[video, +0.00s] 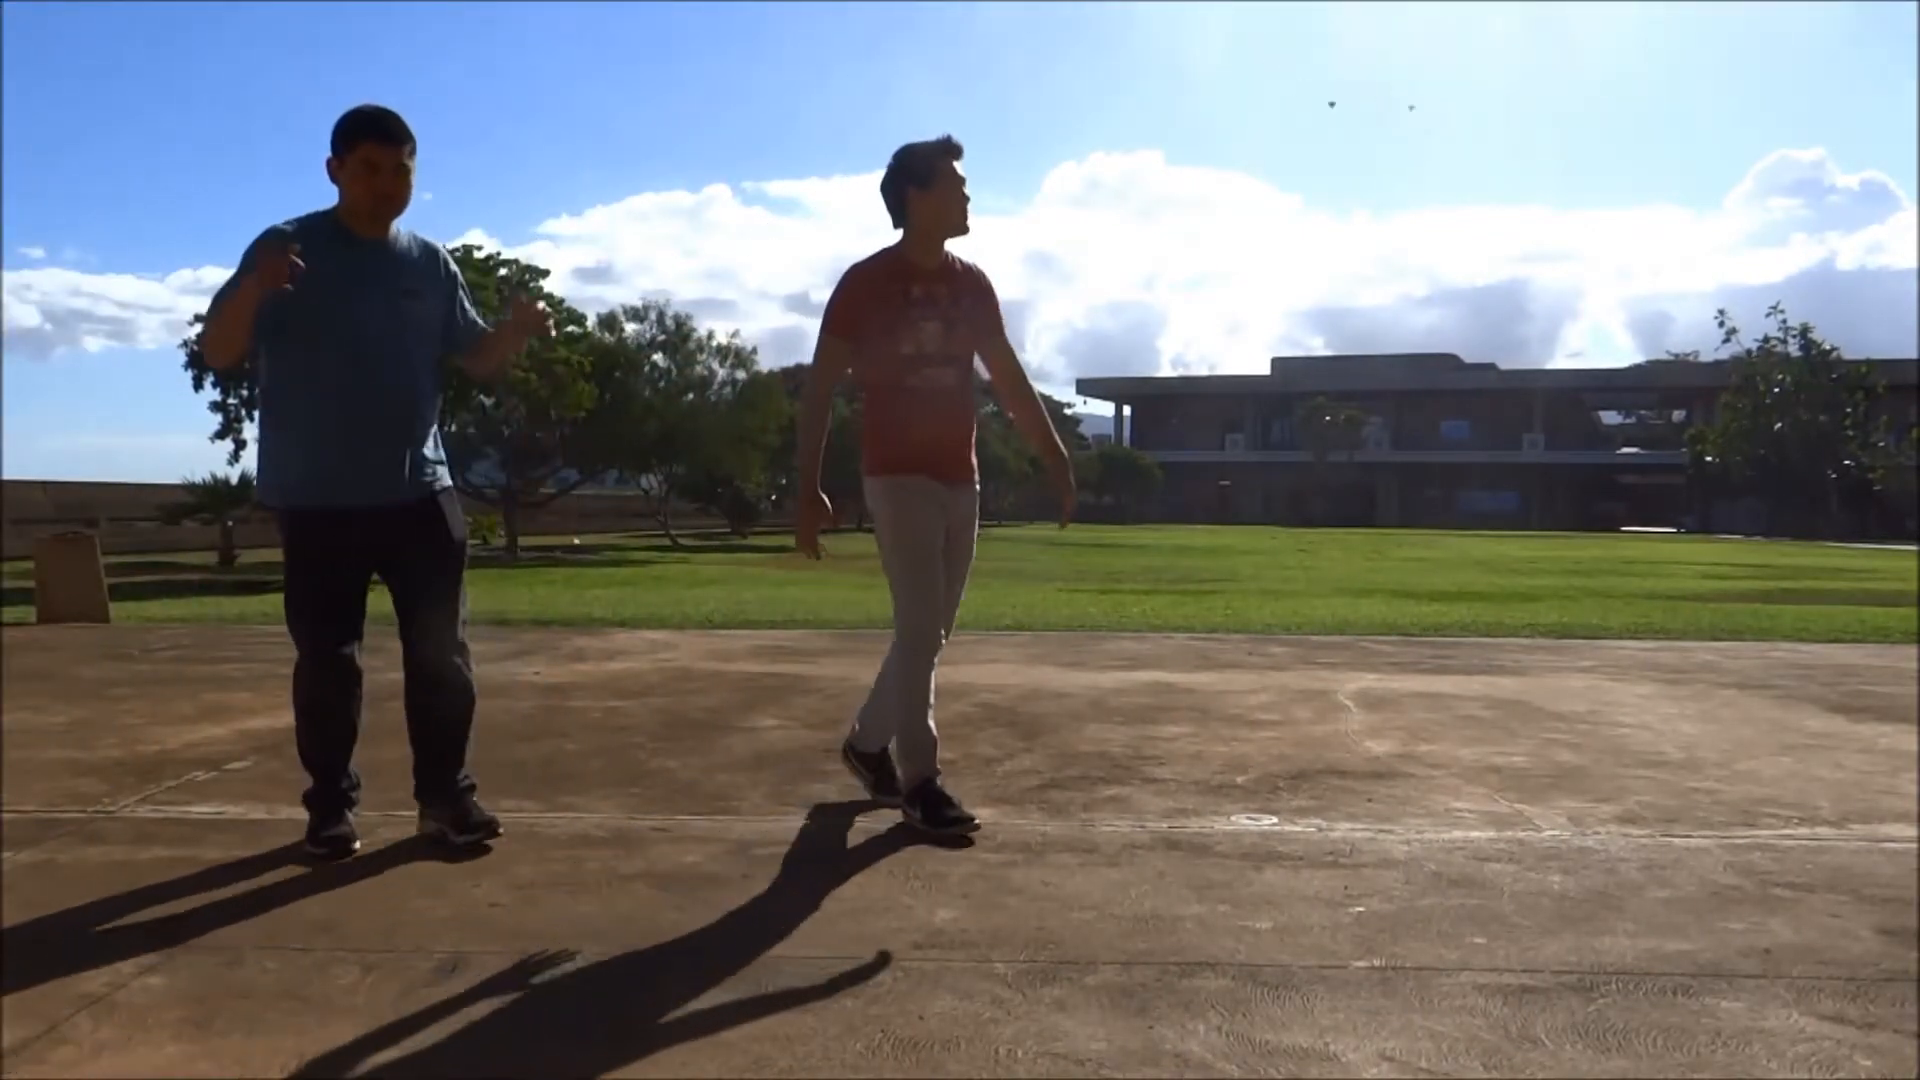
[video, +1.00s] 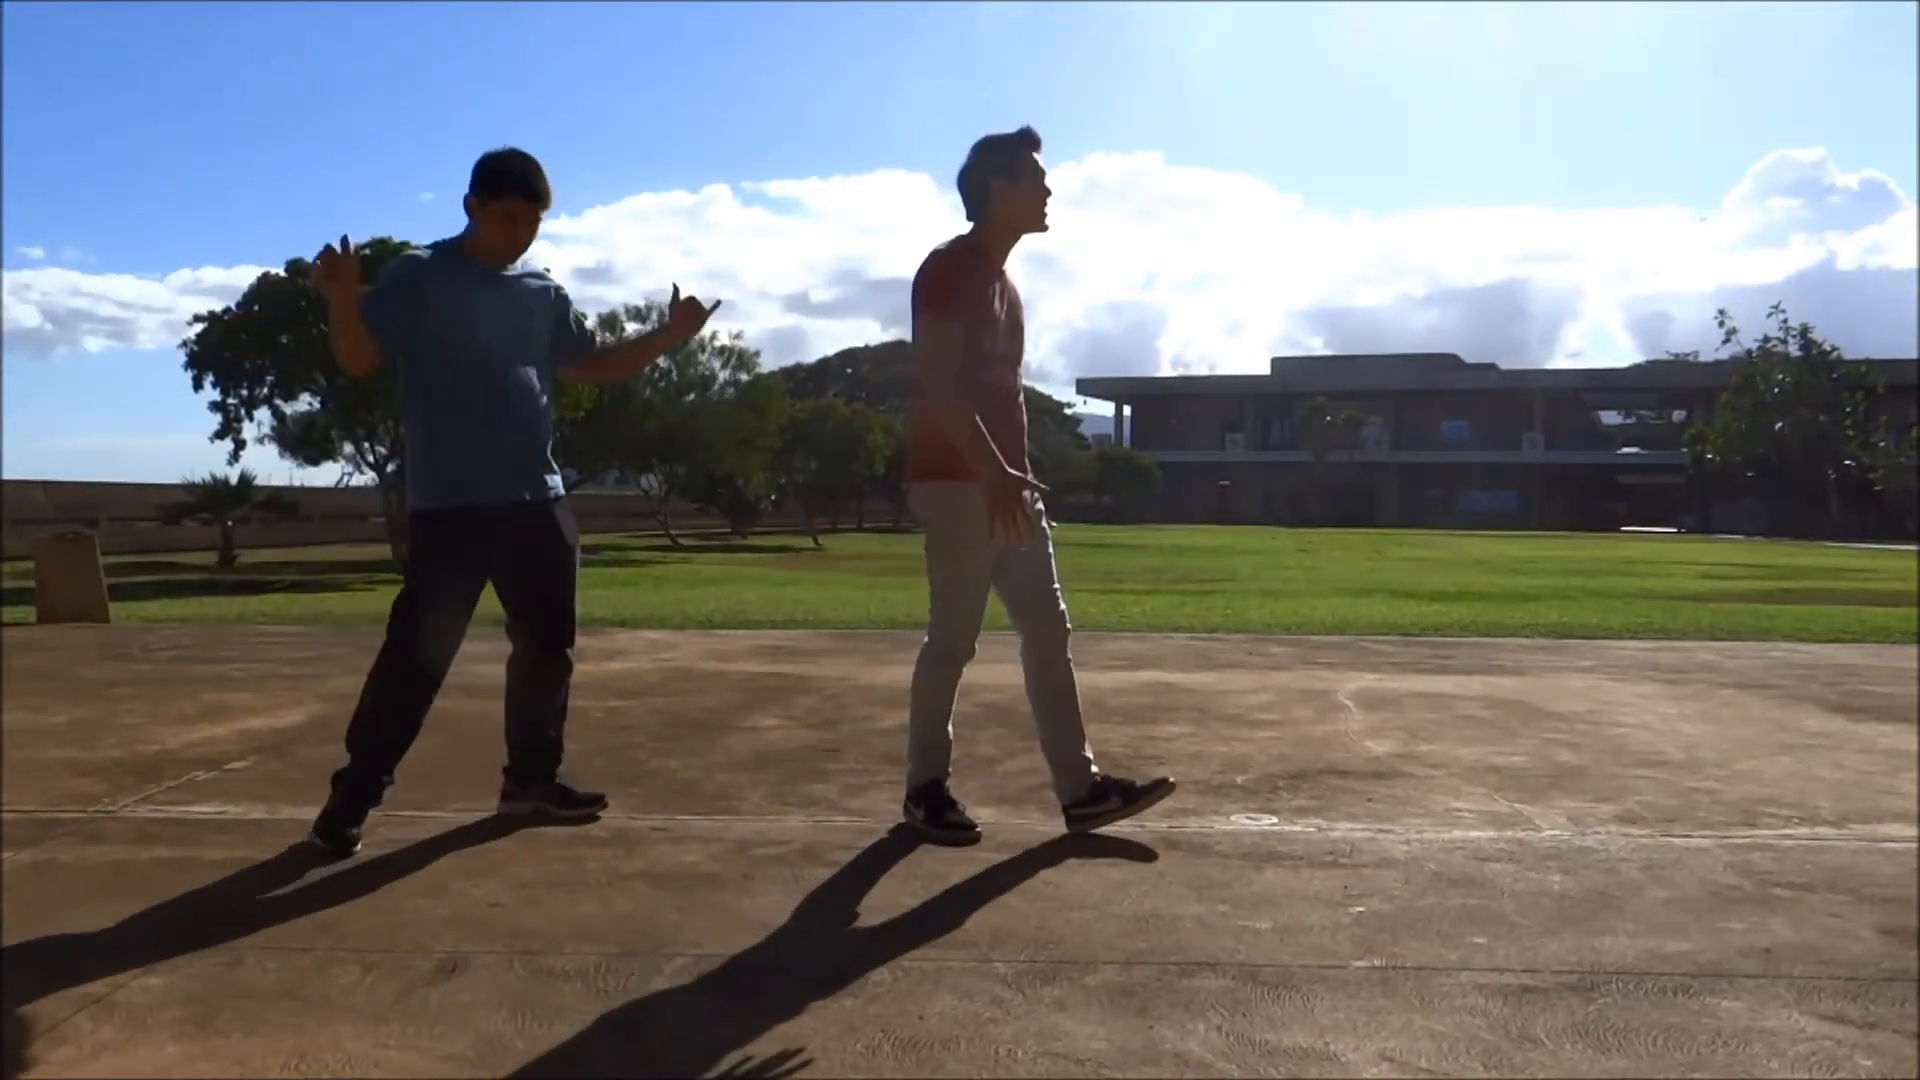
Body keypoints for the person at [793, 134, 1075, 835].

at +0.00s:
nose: (968, 193)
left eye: (964, 182)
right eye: (955, 183)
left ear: (936, 198)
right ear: (915, 196)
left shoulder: (971, 283)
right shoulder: (864, 283)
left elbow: (1007, 376)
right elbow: (821, 388)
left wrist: (1056, 456)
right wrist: (807, 487)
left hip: (960, 477)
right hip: (899, 477)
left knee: (932, 626)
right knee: (920, 624)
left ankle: (868, 738)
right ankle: (920, 784)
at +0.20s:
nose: (980, 193)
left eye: (976, 182)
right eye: (967, 183)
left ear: (946, 197)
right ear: (925, 196)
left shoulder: (980, 284)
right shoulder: (874, 281)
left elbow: (1005, 388)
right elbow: (834, 392)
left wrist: (1049, 476)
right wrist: (830, 495)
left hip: (975, 482)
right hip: (912, 483)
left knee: (984, 626)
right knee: (930, 629)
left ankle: (890, 728)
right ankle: (925, 785)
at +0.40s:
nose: (993, 188)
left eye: (988, 176)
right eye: (978, 177)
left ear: (957, 192)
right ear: (935, 192)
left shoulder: (986, 284)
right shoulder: (887, 276)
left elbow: (999, 392)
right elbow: (849, 390)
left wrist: (1033, 487)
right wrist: (859, 489)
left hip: (989, 487)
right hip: (923, 488)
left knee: (1012, 623)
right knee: (933, 639)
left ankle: (910, 719)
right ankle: (927, 790)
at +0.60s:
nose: (1003, 188)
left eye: (1002, 176)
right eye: (988, 176)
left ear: (983, 191)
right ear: (944, 188)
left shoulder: (991, 283)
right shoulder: (900, 274)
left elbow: (995, 390)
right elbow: (876, 391)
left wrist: (1018, 471)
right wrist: (897, 489)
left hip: (996, 485)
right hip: (933, 488)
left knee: (1029, 624)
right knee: (937, 640)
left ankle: (976, 768)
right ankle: (925, 787)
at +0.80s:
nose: (1023, 189)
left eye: (1021, 176)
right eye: (1010, 176)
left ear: (992, 190)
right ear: (966, 188)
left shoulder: (993, 287)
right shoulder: (919, 273)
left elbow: (990, 390)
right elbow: (912, 388)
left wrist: (1014, 467)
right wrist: (947, 471)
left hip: (999, 479)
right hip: (938, 482)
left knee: (1046, 621)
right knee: (946, 639)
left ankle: (1049, 784)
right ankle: (925, 790)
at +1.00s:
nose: (1048, 188)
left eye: (1043, 175)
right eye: (1035, 176)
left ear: (1011, 191)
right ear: (996, 191)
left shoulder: (1005, 285)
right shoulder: (951, 271)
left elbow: (1001, 391)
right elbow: (941, 388)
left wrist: (1018, 474)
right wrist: (994, 471)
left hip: (1007, 478)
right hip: (956, 481)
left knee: (1046, 630)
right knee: (953, 638)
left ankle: (1081, 787)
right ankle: (926, 791)